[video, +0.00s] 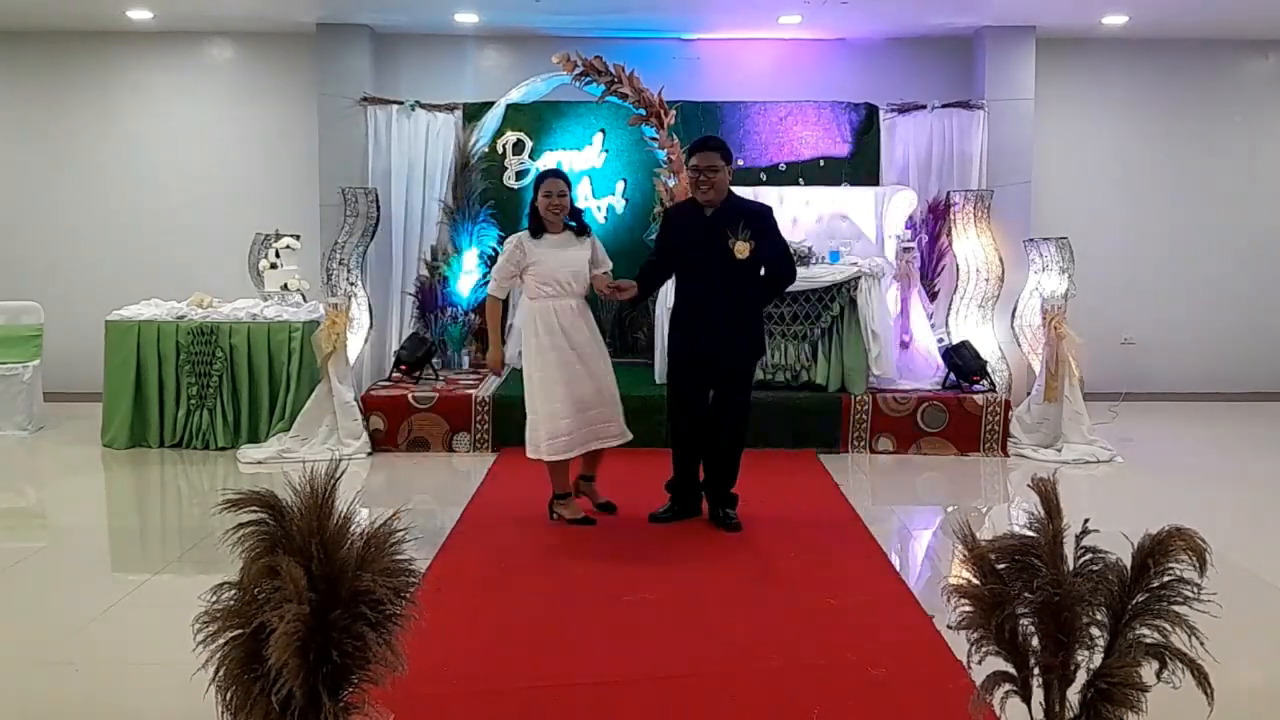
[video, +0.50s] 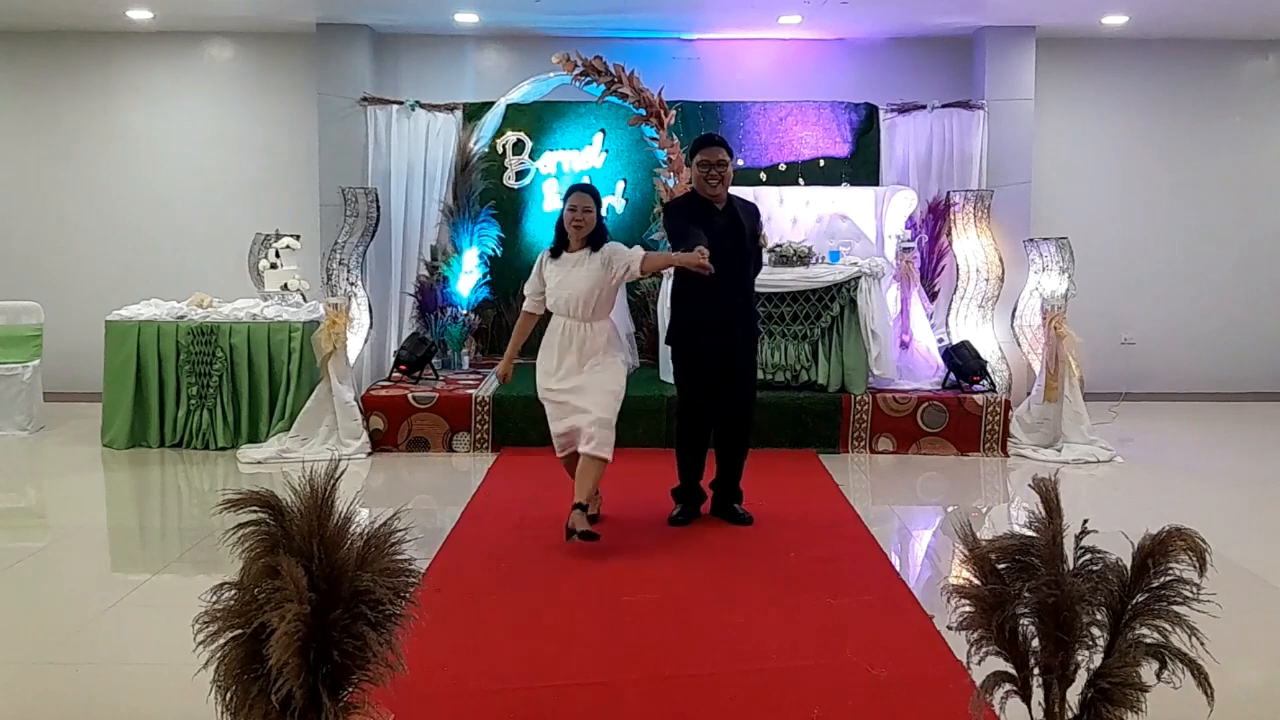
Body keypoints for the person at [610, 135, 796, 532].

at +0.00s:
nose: (702, 178)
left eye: (712, 171)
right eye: (695, 171)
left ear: (730, 172)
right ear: (687, 173)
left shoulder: (756, 216)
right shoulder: (677, 216)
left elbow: (783, 271)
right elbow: (661, 263)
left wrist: (751, 301)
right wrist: (639, 286)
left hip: (737, 336)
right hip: (688, 335)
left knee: (729, 422)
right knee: (684, 418)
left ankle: (722, 502)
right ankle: (684, 498)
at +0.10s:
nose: (713, 176)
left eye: (721, 169)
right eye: (704, 169)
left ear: (733, 172)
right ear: (691, 173)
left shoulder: (755, 214)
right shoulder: (673, 215)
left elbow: (780, 264)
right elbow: (653, 267)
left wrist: (749, 293)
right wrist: (643, 285)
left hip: (738, 335)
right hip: (689, 334)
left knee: (732, 420)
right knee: (686, 417)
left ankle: (724, 499)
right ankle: (685, 498)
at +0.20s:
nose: (718, 175)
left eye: (725, 168)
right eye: (709, 168)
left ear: (736, 172)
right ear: (694, 172)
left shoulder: (754, 214)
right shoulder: (676, 215)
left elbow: (773, 262)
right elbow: (657, 265)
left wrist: (744, 289)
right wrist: (655, 285)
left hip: (739, 334)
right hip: (691, 333)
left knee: (734, 420)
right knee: (688, 418)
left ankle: (727, 499)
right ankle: (685, 498)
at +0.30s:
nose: (719, 175)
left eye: (726, 168)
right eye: (710, 168)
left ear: (737, 172)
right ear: (697, 172)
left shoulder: (753, 213)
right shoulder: (679, 215)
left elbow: (764, 263)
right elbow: (667, 260)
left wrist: (738, 292)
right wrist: (668, 275)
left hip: (739, 332)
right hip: (693, 332)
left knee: (738, 416)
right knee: (692, 414)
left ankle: (727, 498)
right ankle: (688, 498)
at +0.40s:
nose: (717, 174)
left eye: (724, 167)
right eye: (708, 167)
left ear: (734, 172)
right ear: (694, 172)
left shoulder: (750, 212)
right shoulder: (681, 211)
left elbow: (759, 260)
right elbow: (681, 245)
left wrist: (737, 289)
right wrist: (684, 262)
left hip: (740, 332)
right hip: (694, 332)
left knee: (739, 416)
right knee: (695, 414)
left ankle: (727, 498)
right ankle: (690, 498)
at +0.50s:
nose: (713, 173)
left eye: (721, 165)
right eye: (704, 166)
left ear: (731, 169)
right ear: (690, 170)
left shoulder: (747, 211)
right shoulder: (678, 209)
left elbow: (754, 263)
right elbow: (683, 236)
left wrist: (730, 292)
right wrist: (695, 249)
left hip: (738, 332)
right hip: (693, 332)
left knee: (737, 416)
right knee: (692, 415)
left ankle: (727, 498)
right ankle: (689, 498)